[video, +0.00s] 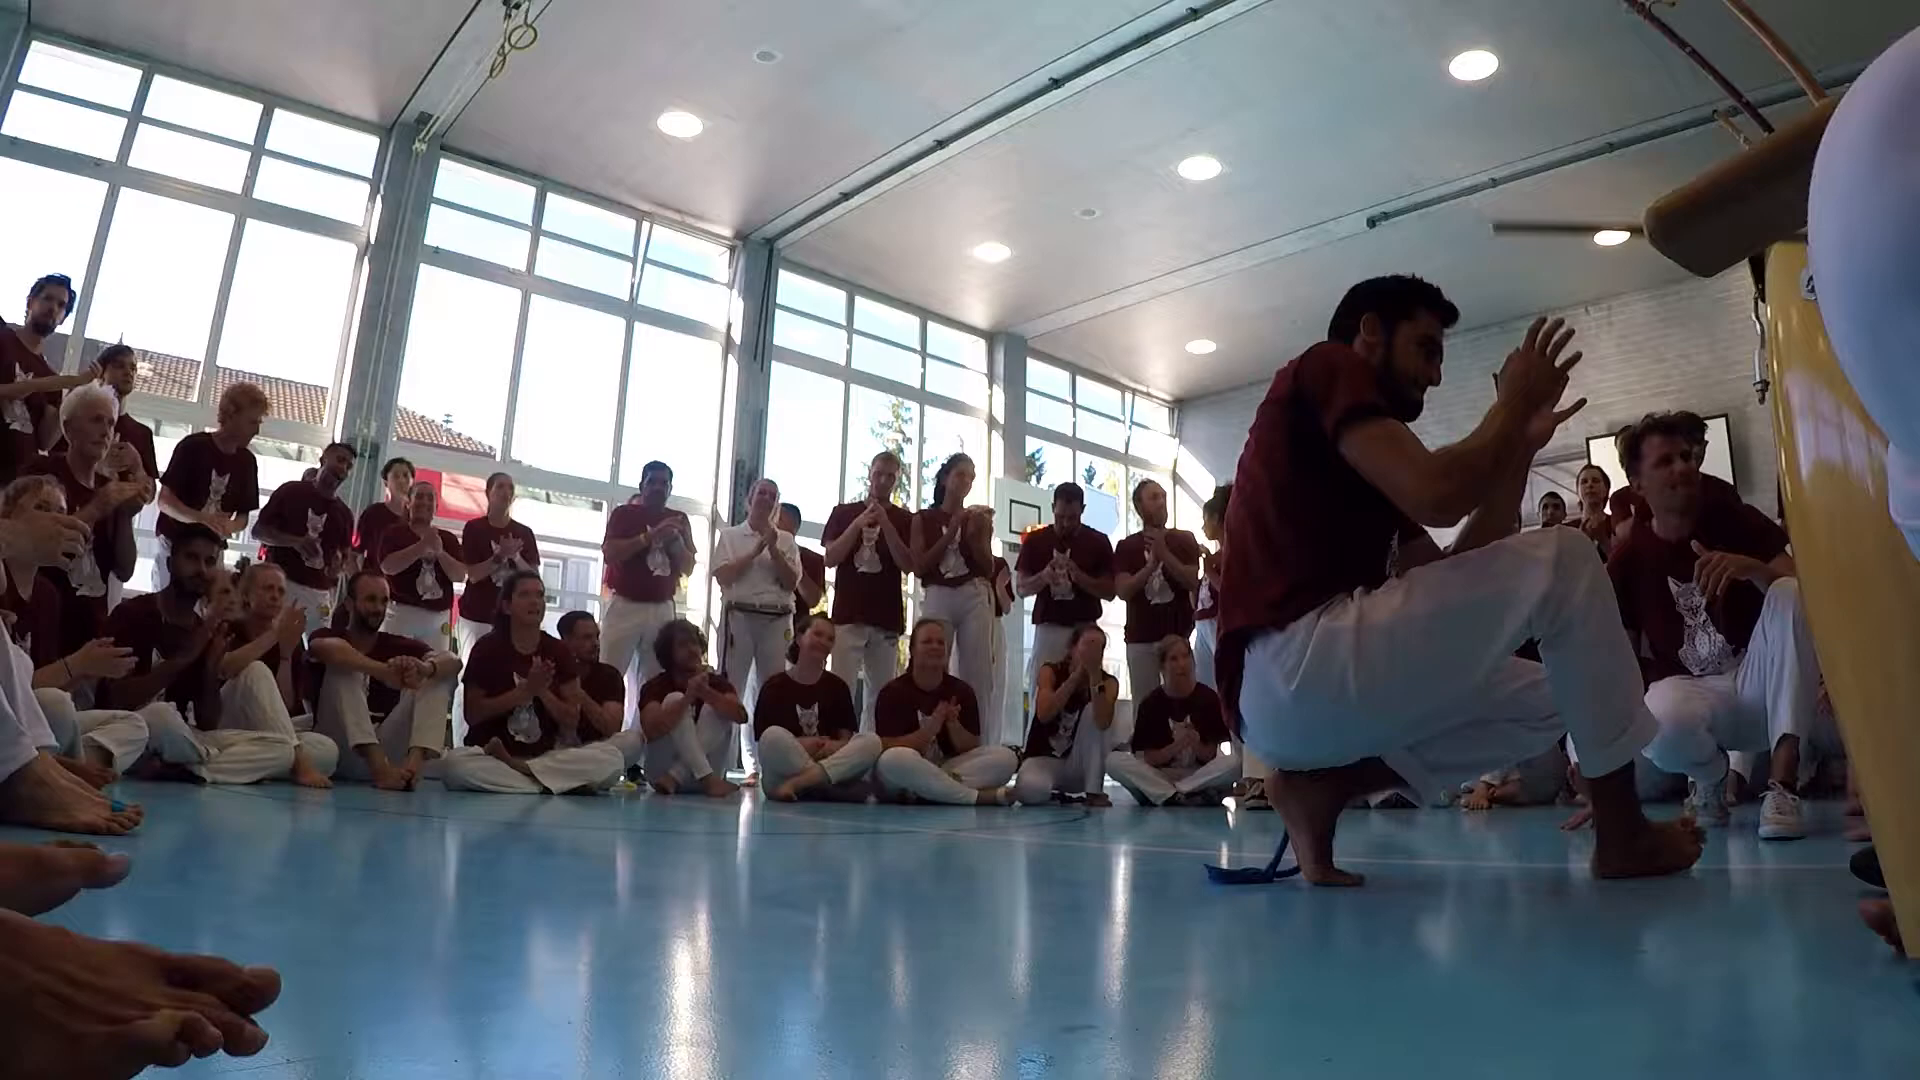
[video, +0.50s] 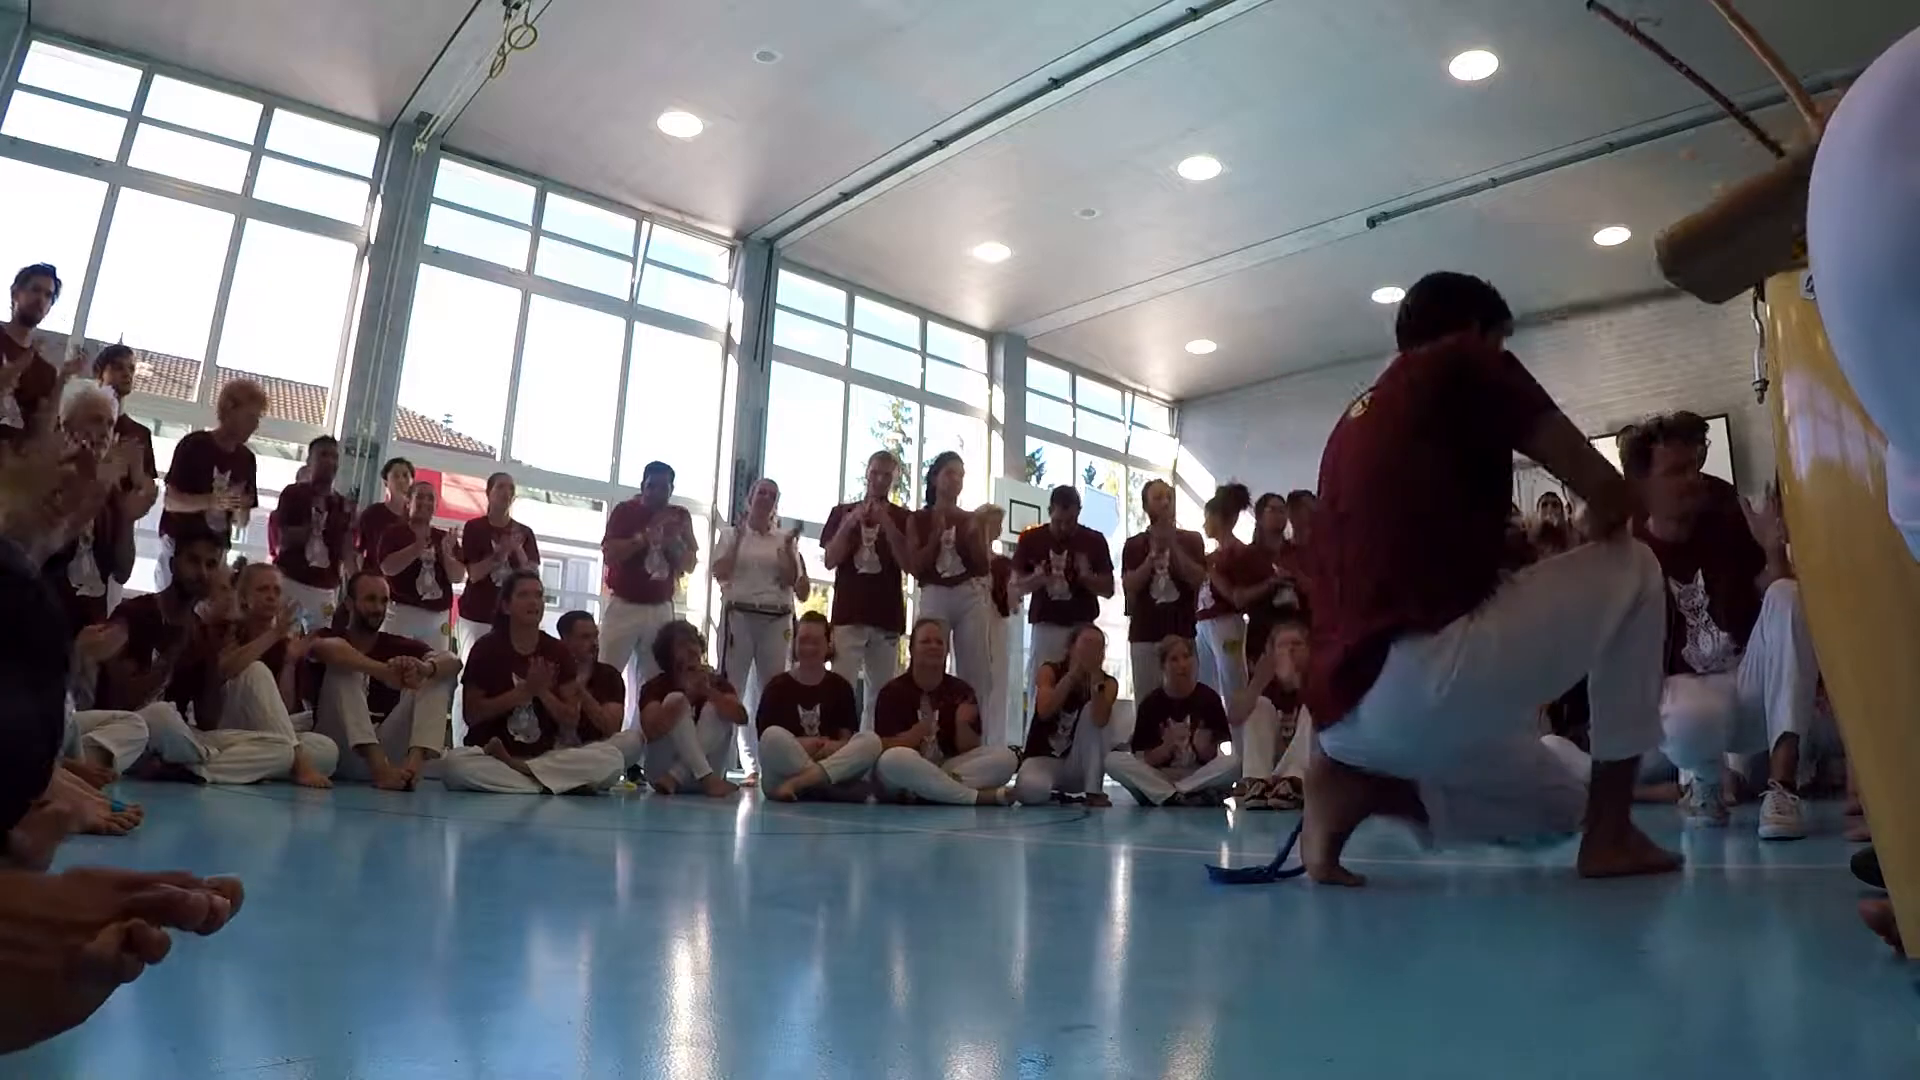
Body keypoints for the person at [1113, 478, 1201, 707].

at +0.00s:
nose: (1162, 501)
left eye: (1164, 496)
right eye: (1154, 497)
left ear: (1167, 501)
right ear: (1139, 506)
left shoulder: (1185, 540)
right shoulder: (1127, 546)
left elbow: (1191, 582)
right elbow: (1123, 591)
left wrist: (1164, 553)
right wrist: (1150, 565)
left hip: (1179, 636)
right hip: (1141, 639)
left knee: (1182, 704)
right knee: (1144, 708)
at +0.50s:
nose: (1165, 502)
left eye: (1169, 497)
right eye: (1158, 497)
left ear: (1174, 502)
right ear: (1146, 506)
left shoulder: (1192, 540)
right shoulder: (1134, 544)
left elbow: (1197, 579)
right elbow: (1130, 586)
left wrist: (1174, 545)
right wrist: (1150, 558)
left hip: (1183, 630)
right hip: (1145, 631)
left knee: (1184, 697)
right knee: (1146, 700)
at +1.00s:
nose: (1158, 514)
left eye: (1163, 507)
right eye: (1150, 509)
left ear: (1169, 506)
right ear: (1139, 511)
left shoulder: (1189, 542)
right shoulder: (1130, 546)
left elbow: (1199, 582)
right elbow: (1129, 582)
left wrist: (1176, 547)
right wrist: (1145, 542)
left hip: (1181, 632)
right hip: (1143, 634)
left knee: (1184, 700)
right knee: (1143, 702)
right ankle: (1139, 764)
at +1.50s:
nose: (1146, 518)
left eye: (1151, 511)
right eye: (1139, 513)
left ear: (1159, 509)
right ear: (1131, 515)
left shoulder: (1182, 540)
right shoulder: (1126, 547)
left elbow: (1197, 584)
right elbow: (1126, 583)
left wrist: (1177, 551)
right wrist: (1142, 541)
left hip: (1178, 634)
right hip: (1140, 637)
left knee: (1184, 704)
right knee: (1145, 709)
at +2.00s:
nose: (1150, 515)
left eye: (1154, 508)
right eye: (1142, 509)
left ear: (1161, 507)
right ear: (1131, 512)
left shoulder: (1183, 540)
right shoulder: (1124, 546)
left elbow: (1197, 582)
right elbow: (1125, 583)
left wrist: (1179, 549)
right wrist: (1142, 540)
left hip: (1179, 631)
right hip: (1141, 633)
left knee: (1185, 694)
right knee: (1145, 700)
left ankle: (1189, 753)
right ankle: (1145, 758)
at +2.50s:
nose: (1165, 501)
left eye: (1168, 496)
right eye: (1156, 497)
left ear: (1174, 501)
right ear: (1144, 507)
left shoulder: (1193, 538)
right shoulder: (1136, 543)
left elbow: (1206, 581)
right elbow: (1132, 588)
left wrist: (1181, 551)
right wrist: (1160, 566)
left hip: (1190, 632)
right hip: (1151, 635)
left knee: (1193, 703)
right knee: (1154, 706)